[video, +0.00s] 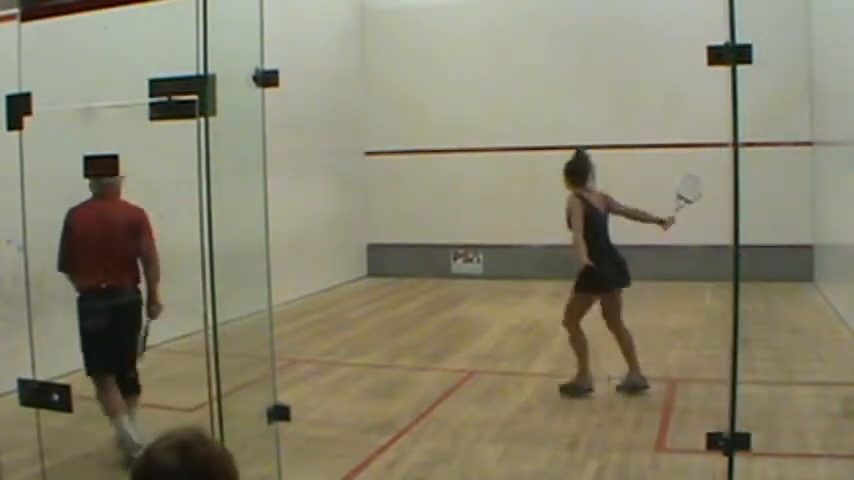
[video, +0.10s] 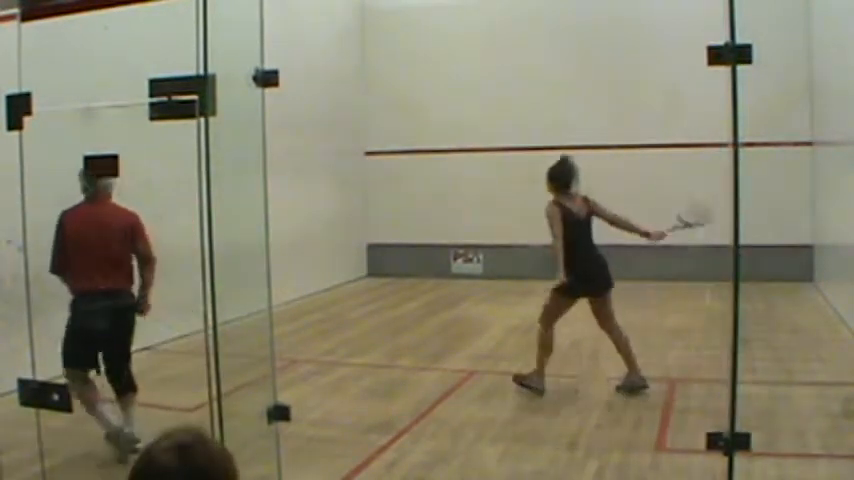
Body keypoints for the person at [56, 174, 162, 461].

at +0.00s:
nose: (116, 186)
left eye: (102, 182)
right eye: (117, 182)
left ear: (92, 185)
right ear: (118, 184)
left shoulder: (76, 215)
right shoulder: (135, 214)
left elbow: (66, 264)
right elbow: (150, 258)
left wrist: (87, 285)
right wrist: (153, 297)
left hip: (92, 303)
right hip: (127, 301)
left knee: (101, 373)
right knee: (127, 368)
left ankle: (125, 433)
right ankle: (131, 433)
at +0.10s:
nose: (81, 187)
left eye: (83, 182)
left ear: (85, 186)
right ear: (111, 187)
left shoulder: (68, 218)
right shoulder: (128, 219)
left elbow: (58, 266)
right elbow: (147, 258)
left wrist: (81, 288)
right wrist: (145, 295)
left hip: (86, 306)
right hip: (121, 304)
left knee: (76, 371)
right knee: (119, 367)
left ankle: (112, 426)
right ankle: (129, 433)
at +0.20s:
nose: (75, 190)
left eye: (73, 185)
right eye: (86, 183)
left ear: (72, 188)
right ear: (98, 187)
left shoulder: (59, 222)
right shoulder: (118, 220)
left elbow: (49, 270)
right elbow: (141, 261)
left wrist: (72, 289)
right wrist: (129, 297)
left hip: (77, 309)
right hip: (113, 305)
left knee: (58, 366)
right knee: (113, 367)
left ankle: (84, 427)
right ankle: (127, 430)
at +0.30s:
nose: (73, 189)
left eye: (64, 185)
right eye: (80, 182)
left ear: (58, 188)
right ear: (83, 185)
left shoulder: (47, 222)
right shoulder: (105, 219)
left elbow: (34, 264)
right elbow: (129, 258)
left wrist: (56, 285)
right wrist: (109, 280)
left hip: (66, 309)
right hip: (102, 306)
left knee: (43, 372)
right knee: (109, 368)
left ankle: (41, 447)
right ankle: (129, 430)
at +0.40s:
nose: (58, 190)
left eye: (47, 186)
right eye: (61, 184)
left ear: (40, 189)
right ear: (66, 188)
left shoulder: (30, 225)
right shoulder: (87, 220)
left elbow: (18, 271)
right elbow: (109, 257)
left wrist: (41, 289)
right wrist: (84, 275)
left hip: (52, 313)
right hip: (88, 309)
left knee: (25, 376)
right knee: (100, 368)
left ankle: (16, 447)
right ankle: (127, 429)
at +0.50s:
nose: (27, 192)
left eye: (24, 186)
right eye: (33, 185)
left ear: (20, 189)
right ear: (46, 188)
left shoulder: (10, 226)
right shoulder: (65, 222)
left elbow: (5, 272)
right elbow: (86, 256)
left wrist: (18, 291)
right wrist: (58, 266)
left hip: (29, 314)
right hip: (65, 311)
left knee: (5, 375)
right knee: (82, 368)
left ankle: (11, 451)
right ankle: (120, 427)